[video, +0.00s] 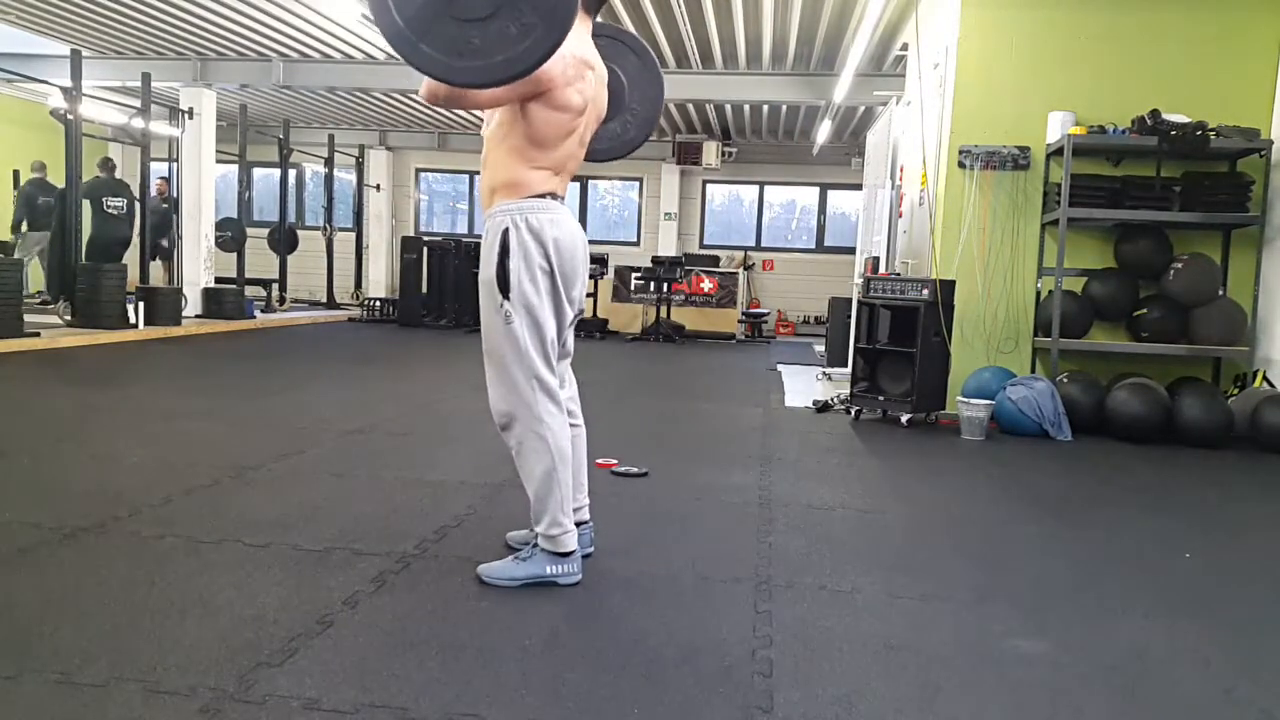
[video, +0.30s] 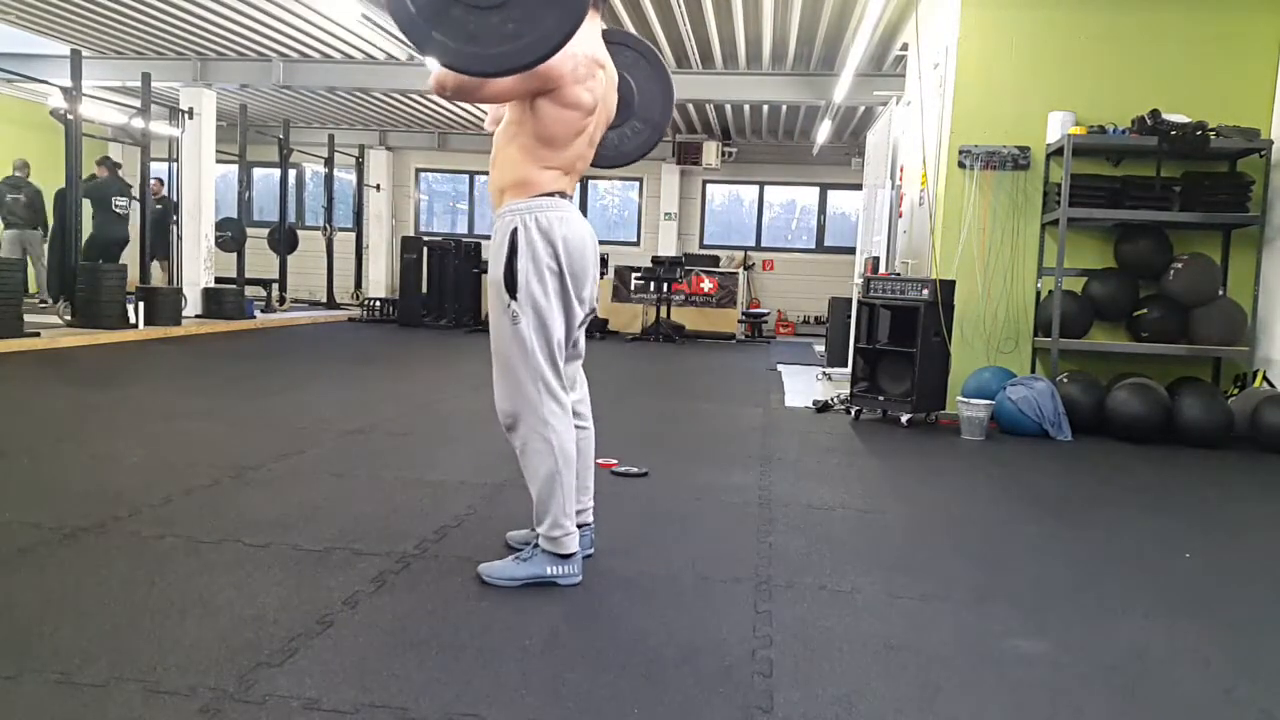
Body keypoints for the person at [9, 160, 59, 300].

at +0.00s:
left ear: (31, 171)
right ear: (45, 171)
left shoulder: (27, 187)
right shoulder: (54, 189)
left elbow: (20, 210)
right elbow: (60, 211)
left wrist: (15, 229)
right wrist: (57, 228)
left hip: (34, 232)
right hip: (51, 232)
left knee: (19, 261)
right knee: (49, 265)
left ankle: (20, 291)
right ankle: (50, 293)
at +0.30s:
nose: (28, 173)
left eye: (26, 171)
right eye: (28, 171)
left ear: (13, 170)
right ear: (27, 171)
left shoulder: (3, 186)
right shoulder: (33, 189)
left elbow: (2, 210)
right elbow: (41, 213)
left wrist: (6, 223)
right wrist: (45, 232)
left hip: (10, 230)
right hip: (32, 231)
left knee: (9, 267)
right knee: (39, 265)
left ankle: (9, 299)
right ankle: (44, 296)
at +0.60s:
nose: (24, 169)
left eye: (24, 166)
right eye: (23, 166)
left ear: (8, 166)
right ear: (19, 167)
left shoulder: (3, 181)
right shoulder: (13, 185)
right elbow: (19, 210)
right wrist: (27, 231)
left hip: (3, 228)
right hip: (12, 230)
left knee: (5, 263)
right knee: (20, 263)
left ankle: (5, 291)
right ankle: (20, 289)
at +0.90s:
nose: (15, 168)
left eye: (15, 165)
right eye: (11, 165)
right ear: (2, 166)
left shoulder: (13, 185)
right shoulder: (3, 185)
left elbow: (14, 210)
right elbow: (2, 213)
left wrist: (20, 226)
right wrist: (14, 227)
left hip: (11, 230)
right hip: (3, 230)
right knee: (4, 264)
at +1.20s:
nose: (12, 165)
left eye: (12, 162)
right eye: (7, 162)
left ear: (14, 163)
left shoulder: (21, 185)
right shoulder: (1, 184)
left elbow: (26, 205)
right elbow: (1, 208)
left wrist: (28, 215)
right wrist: (9, 216)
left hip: (15, 231)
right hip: (2, 231)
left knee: (22, 265)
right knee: (3, 268)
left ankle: (20, 297)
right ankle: (4, 298)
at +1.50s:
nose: (21, 166)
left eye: (22, 163)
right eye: (17, 164)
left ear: (26, 164)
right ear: (10, 165)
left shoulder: (34, 186)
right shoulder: (3, 184)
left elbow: (43, 206)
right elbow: (1, 209)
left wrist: (34, 214)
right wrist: (15, 214)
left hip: (27, 234)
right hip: (6, 233)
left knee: (31, 270)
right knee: (6, 270)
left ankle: (35, 302)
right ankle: (7, 302)